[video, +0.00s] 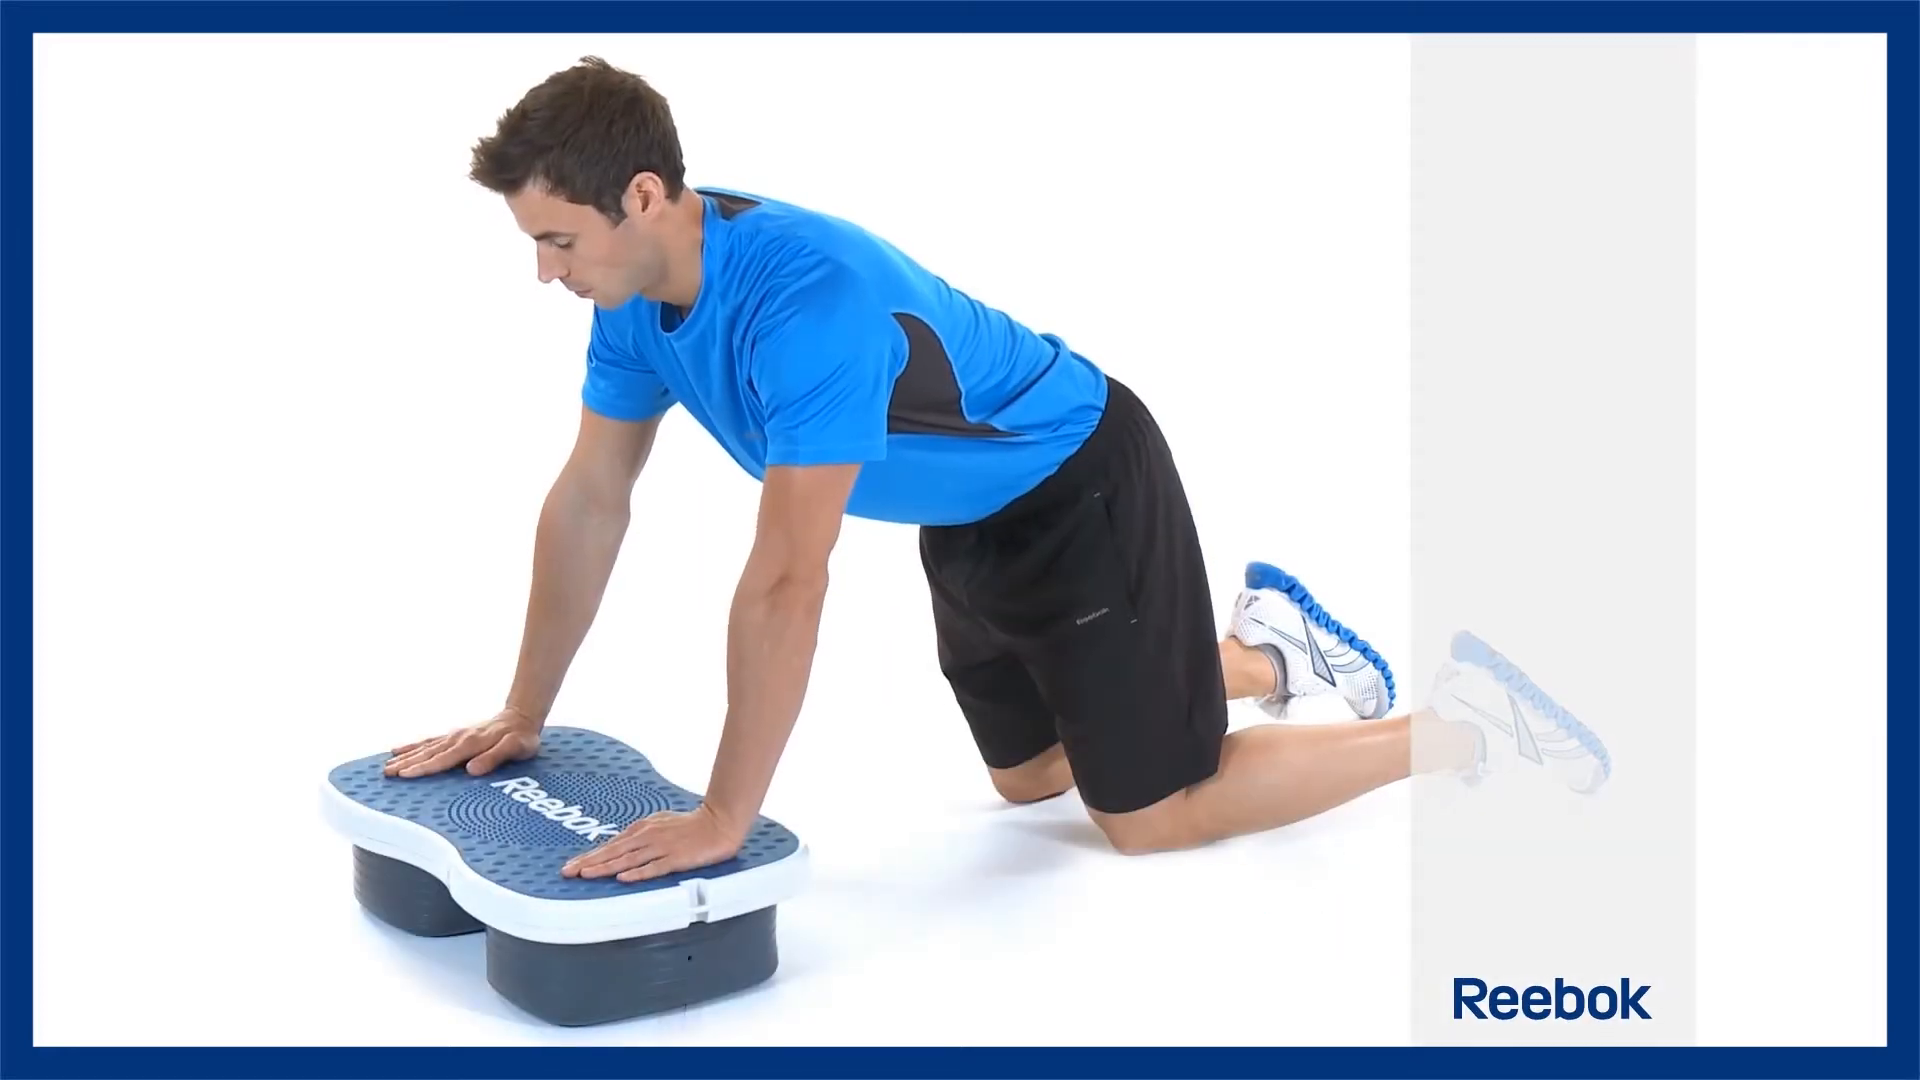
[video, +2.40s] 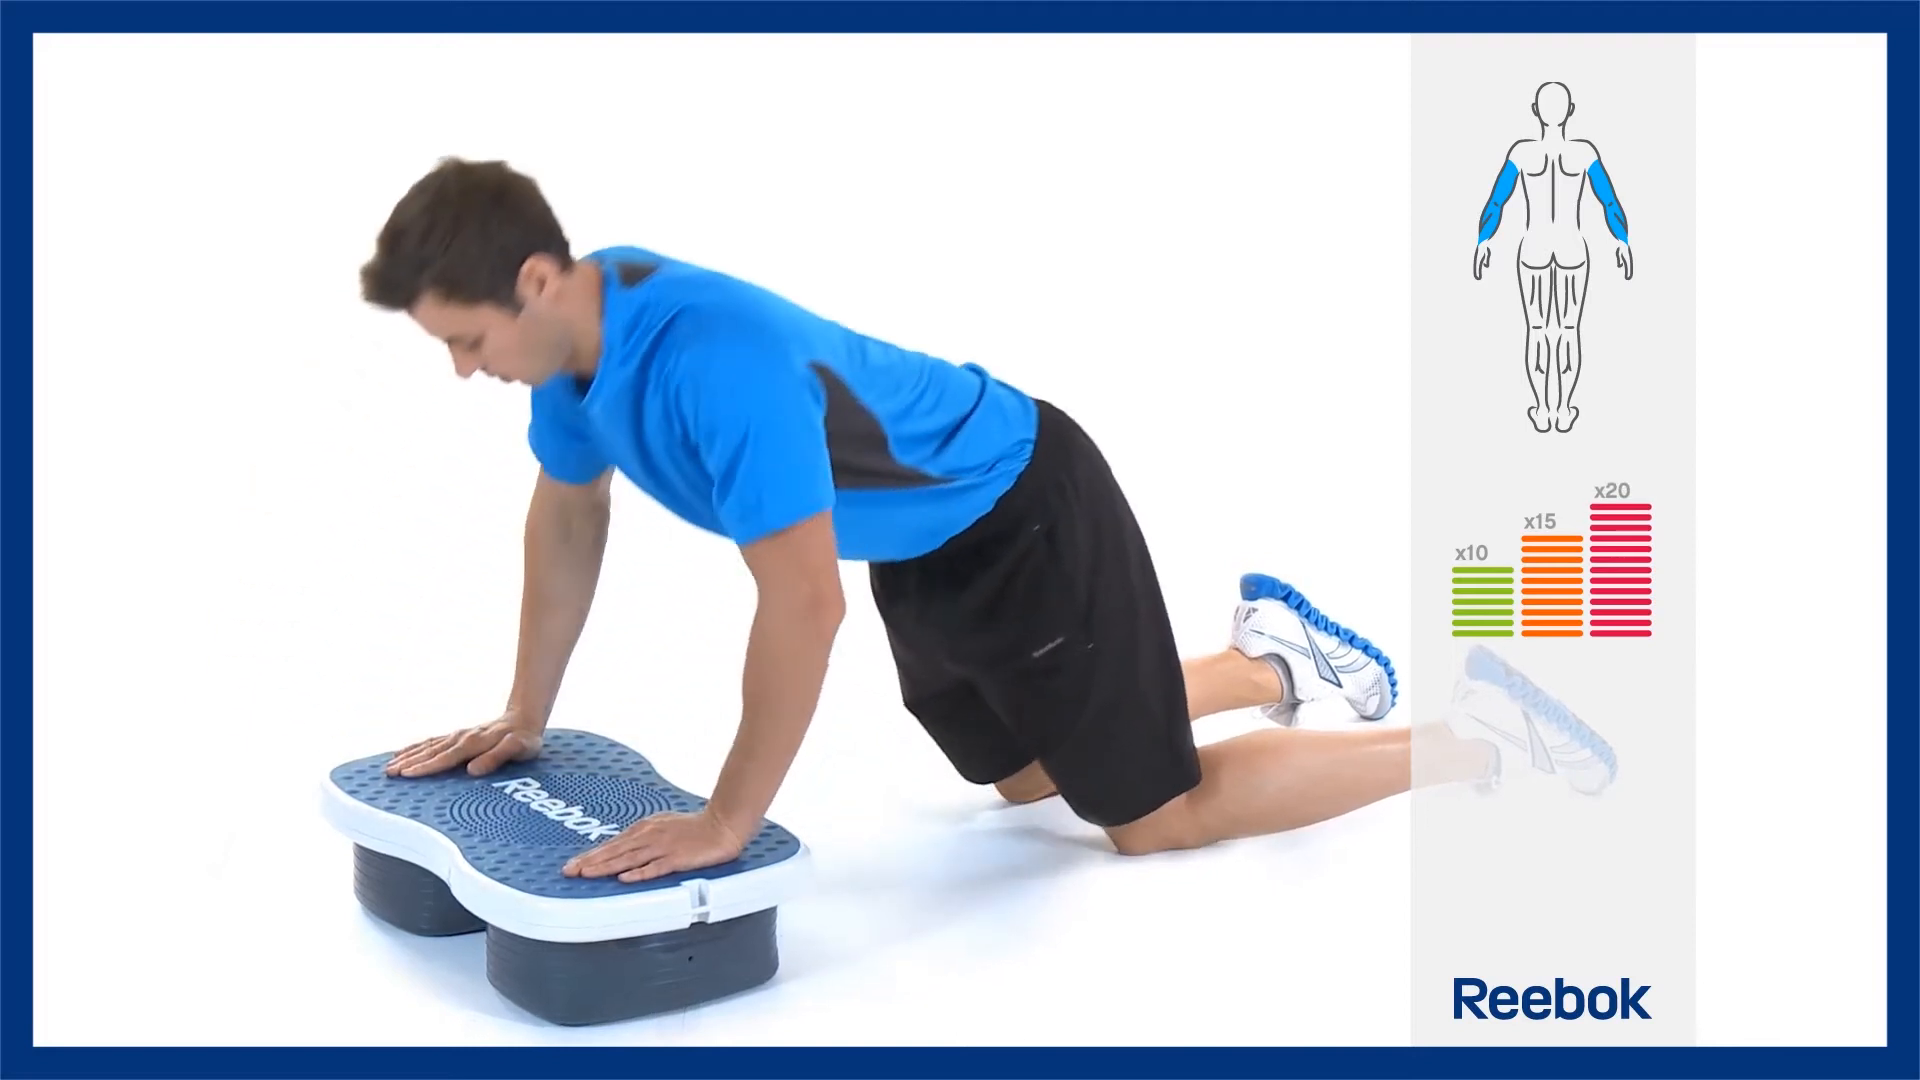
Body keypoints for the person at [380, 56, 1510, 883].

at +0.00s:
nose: (545, 273)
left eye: (555, 241)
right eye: (531, 246)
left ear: (648, 201)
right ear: (622, 214)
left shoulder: (807, 302)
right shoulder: (633, 303)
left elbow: (786, 583)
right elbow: (587, 505)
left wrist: (728, 812)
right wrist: (522, 717)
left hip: (1083, 483)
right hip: (963, 521)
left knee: (1152, 814)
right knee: (1037, 770)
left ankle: (1448, 737)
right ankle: (1265, 657)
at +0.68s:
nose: (478, 392)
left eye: (478, 362)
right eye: (459, 370)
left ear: (556, 301)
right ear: (533, 305)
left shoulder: (736, 381)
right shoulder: (588, 372)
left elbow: (848, 623)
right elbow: (577, 535)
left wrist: (731, 816)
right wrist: (519, 720)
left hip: (1044, 502)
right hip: (937, 554)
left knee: (1155, 815)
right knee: (1033, 781)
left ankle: (1470, 748)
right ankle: (1258, 667)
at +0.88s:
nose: (409, 530)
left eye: (409, 503)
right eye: (389, 512)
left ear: (481, 441)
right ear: (464, 434)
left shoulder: (664, 467)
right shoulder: (534, 411)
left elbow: (853, 646)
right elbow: (574, 551)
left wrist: (733, 820)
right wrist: (523, 713)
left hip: (997, 522)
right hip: (899, 567)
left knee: (1154, 809)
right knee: (1032, 771)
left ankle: (1467, 751)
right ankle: (1255, 657)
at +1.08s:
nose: (359, 659)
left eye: (349, 635)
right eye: (336, 644)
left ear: (406, 568)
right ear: (395, 553)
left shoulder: (603, 560)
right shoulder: (472, 486)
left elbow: (846, 649)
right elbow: (545, 593)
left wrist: (733, 822)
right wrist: (522, 716)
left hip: (957, 558)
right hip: (871, 594)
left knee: (1168, 806)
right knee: (1022, 769)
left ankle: (1465, 750)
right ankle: (1260, 659)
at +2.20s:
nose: (390, 518)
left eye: (388, 491)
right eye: (369, 502)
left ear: (455, 430)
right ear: (440, 431)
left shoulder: (634, 462)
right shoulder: (516, 430)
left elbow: (831, 638)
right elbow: (553, 554)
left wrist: (735, 820)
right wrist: (524, 716)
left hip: (978, 539)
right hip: (885, 583)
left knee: (1137, 805)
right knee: (1001, 762)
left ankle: (1466, 745)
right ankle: (1264, 657)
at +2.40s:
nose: (466, 369)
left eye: (466, 339)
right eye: (447, 349)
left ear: (540, 278)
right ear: (515, 287)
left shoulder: (707, 360)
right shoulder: (573, 351)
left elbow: (798, 597)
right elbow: (565, 527)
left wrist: (731, 814)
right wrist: (522, 720)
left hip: (1024, 507)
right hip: (915, 551)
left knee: (1155, 813)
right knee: (1022, 774)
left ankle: (1474, 742)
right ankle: (1266, 665)